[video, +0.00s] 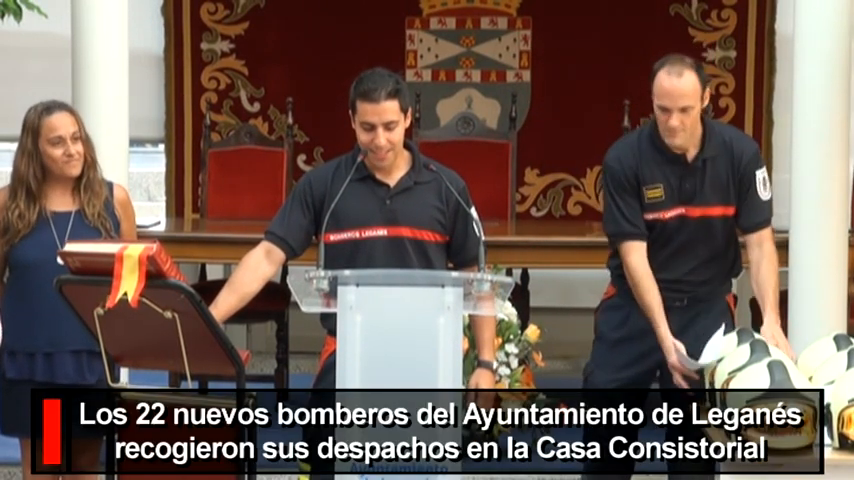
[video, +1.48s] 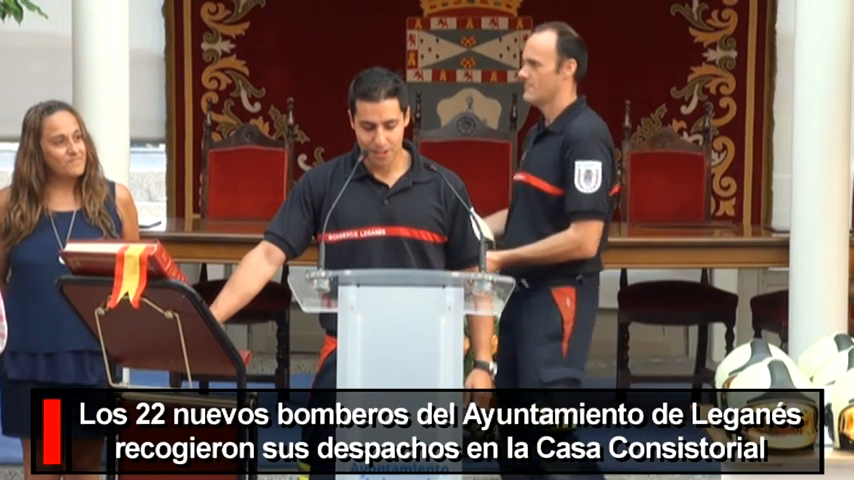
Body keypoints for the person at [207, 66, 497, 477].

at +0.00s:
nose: (379, 140)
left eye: (390, 127)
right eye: (368, 127)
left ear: (408, 119)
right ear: (353, 122)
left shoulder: (447, 188)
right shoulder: (323, 184)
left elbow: (476, 281)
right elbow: (267, 255)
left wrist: (485, 364)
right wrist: (207, 322)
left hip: (428, 352)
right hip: (348, 351)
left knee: (430, 469)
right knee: (330, 464)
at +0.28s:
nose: (381, 140)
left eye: (391, 127)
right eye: (369, 128)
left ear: (408, 119)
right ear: (353, 122)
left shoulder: (447, 188)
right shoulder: (323, 184)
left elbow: (476, 281)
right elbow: (267, 255)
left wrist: (485, 364)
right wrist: (208, 322)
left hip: (428, 352)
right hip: (348, 351)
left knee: (429, 469)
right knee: (330, 465)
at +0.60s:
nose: (381, 140)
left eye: (391, 126)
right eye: (369, 127)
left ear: (408, 119)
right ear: (352, 122)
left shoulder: (446, 188)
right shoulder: (322, 184)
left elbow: (475, 281)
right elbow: (267, 255)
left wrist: (484, 364)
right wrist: (208, 322)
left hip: (428, 352)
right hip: (347, 351)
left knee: (430, 469)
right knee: (331, 465)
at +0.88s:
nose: (380, 139)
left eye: (390, 125)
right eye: (368, 127)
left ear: (407, 118)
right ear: (352, 122)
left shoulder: (445, 188)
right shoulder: (322, 184)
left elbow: (475, 280)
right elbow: (267, 255)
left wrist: (483, 364)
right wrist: (208, 322)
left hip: (427, 351)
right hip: (347, 350)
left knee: (429, 467)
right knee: (331, 463)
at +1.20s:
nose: (379, 139)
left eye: (389, 126)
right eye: (368, 127)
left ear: (407, 118)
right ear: (352, 122)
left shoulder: (445, 188)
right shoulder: (322, 184)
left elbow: (474, 280)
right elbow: (267, 255)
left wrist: (482, 364)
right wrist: (208, 322)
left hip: (427, 350)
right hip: (348, 350)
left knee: (430, 469)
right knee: (329, 464)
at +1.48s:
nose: (379, 139)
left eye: (390, 126)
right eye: (368, 127)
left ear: (407, 119)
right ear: (352, 122)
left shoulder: (446, 188)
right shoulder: (322, 184)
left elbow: (476, 280)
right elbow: (267, 255)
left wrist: (483, 364)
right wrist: (208, 322)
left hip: (428, 351)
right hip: (348, 350)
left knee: (430, 469)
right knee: (331, 465)